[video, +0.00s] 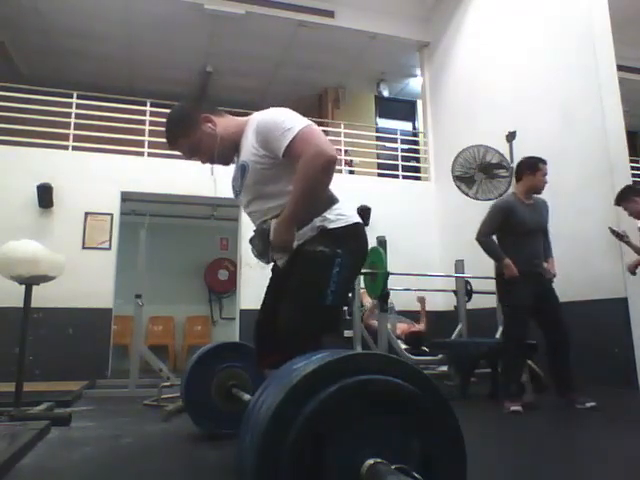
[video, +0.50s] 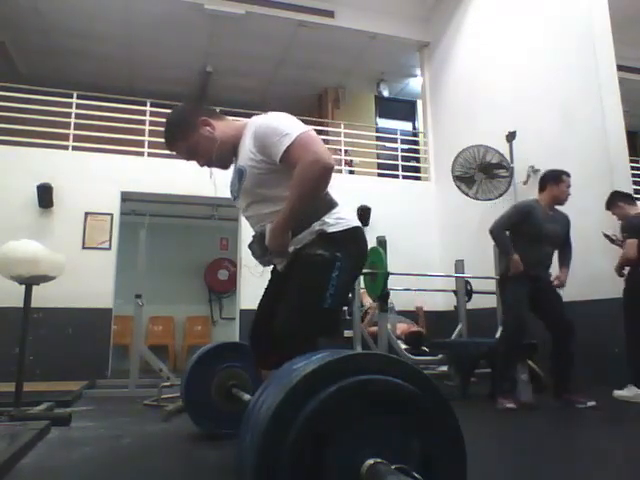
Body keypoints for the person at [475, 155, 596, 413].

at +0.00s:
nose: (546, 180)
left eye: (546, 175)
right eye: (543, 175)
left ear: (532, 176)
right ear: (527, 175)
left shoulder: (541, 206)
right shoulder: (504, 206)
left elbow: (544, 234)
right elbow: (482, 236)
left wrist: (549, 258)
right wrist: (503, 261)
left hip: (539, 279)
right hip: (513, 282)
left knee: (558, 334)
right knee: (515, 339)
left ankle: (567, 393)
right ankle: (511, 398)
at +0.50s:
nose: (569, 191)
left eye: (569, 187)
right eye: (566, 186)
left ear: (555, 188)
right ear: (550, 187)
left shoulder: (562, 220)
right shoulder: (525, 209)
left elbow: (565, 247)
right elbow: (496, 229)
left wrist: (563, 271)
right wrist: (512, 255)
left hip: (540, 282)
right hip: (515, 280)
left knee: (564, 328)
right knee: (514, 331)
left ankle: (562, 391)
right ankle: (503, 394)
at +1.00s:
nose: (564, 245)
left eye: (564, 240)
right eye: (561, 240)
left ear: (551, 242)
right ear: (548, 241)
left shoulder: (556, 267)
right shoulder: (519, 259)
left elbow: (562, 286)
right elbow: (486, 276)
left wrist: (558, 307)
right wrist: (497, 310)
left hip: (527, 314)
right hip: (500, 315)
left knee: (571, 334)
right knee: (503, 335)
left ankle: (564, 392)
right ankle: (497, 397)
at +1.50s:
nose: (517, 245)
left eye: (516, 240)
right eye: (515, 240)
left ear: (499, 241)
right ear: (509, 240)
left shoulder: (514, 267)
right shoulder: (489, 260)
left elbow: (519, 300)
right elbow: (485, 287)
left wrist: (537, 314)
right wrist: (510, 312)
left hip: (522, 320)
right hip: (497, 320)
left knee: (568, 333)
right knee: (513, 337)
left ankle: (564, 392)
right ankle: (497, 396)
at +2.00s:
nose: (517, 242)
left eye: (516, 238)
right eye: (514, 237)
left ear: (504, 238)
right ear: (504, 238)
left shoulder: (512, 266)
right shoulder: (478, 260)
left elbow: (511, 300)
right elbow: (456, 283)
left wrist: (528, 310)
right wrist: (461, 292)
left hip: (519, 316)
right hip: (496, 317)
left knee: (570, 332)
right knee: (507, 337)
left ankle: (573, 392)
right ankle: (501, 397)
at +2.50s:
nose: (521, 242)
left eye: (521, 238)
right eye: (518, 238)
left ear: (509, 238)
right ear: (504, 238)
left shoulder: (521, 263)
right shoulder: (480, 262)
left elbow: (527, 294)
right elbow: (458, 289)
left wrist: (546, 307)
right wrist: (452, 310)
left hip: (524, 315)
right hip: (496, 316)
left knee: (569, 329)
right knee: (507, 333)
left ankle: (573, 393)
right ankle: (502, 397)